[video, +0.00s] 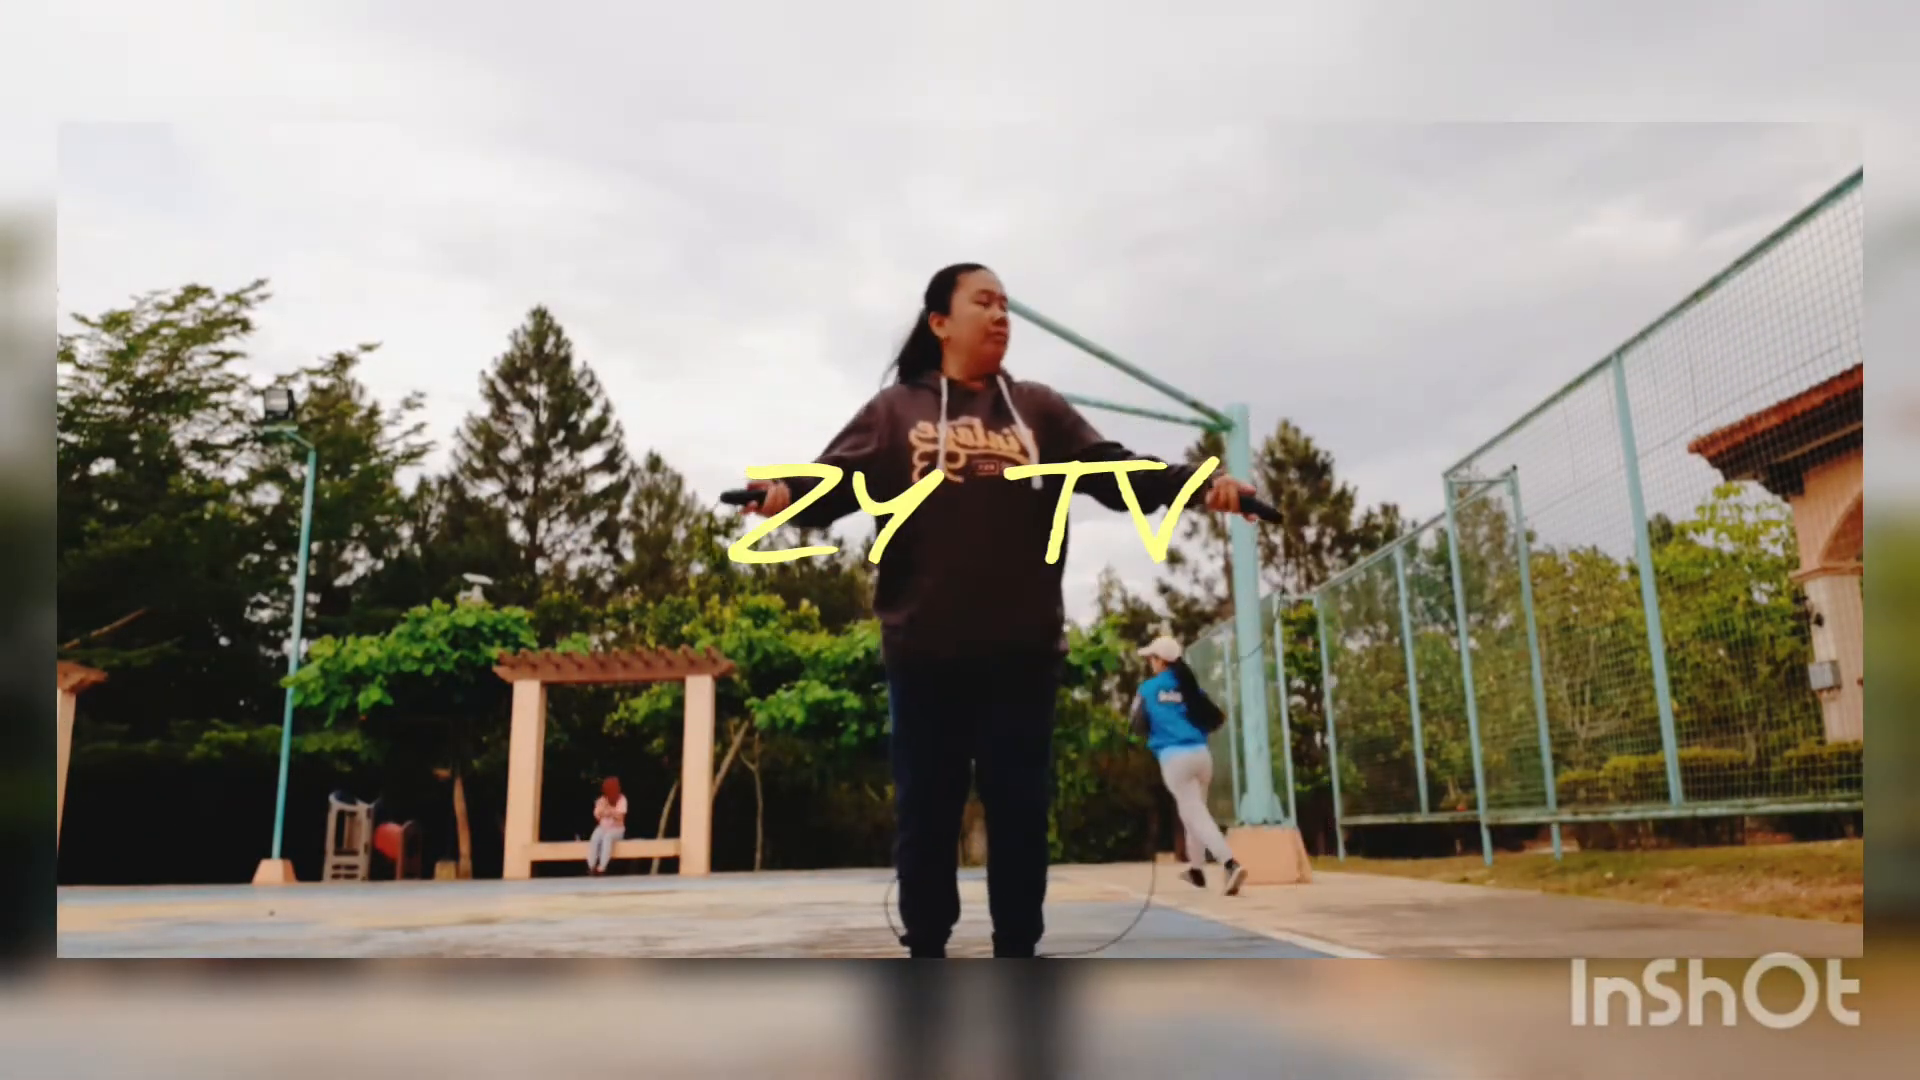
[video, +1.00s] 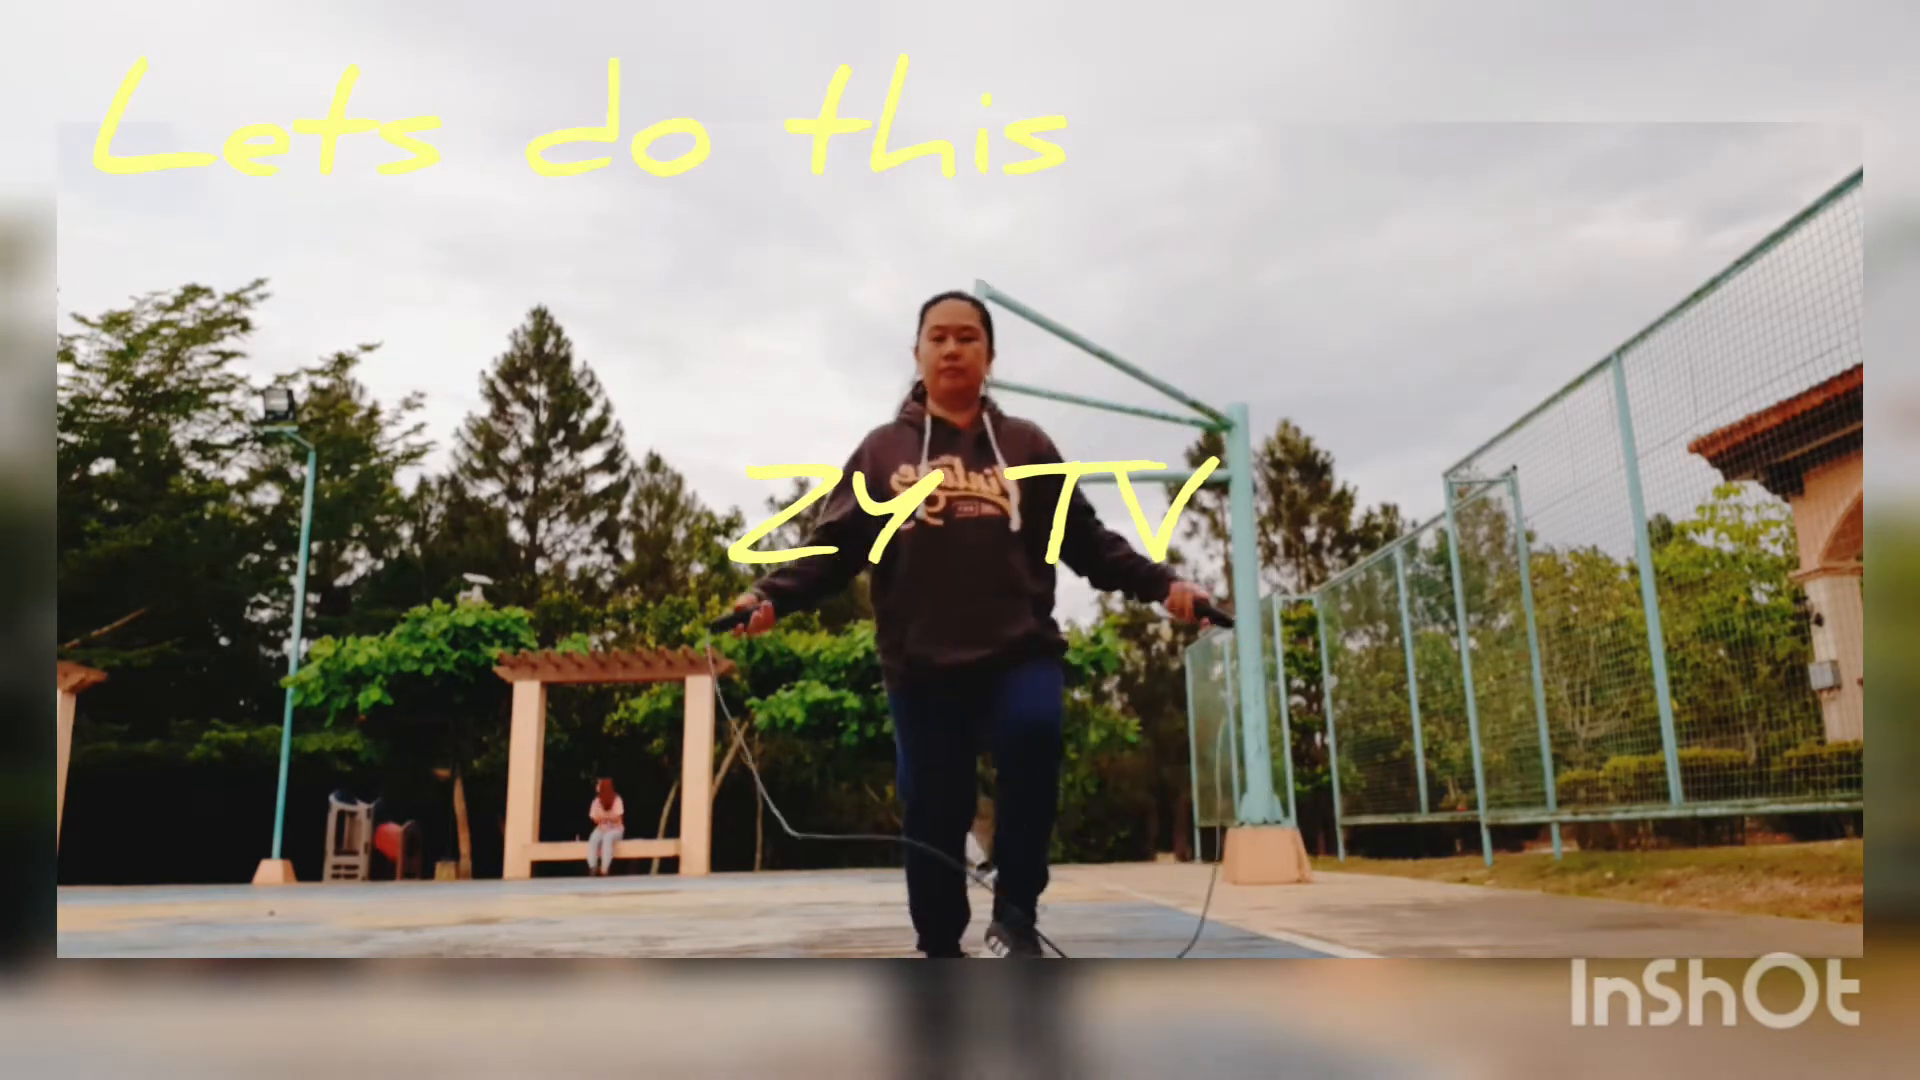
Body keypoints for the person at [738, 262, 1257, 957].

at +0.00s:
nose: (1003, 316)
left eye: (1005, 305)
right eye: (985, 303)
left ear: (1006, 324)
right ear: (939, 321)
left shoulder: (1039, 408)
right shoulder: (895, 410)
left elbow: (1112, 470)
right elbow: (834, 480)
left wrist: (1198, 483)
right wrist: (787, 491)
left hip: (1022, 641)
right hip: (926, 644)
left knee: (1021, 806)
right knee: (926, 804)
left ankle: (1018, 952)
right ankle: (925, 950)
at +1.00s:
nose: (953, 350)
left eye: (967, 338)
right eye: (939, 337)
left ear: (990, 355)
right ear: (917, 353)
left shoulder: (1026, 445)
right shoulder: (883, 450)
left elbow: (1084, 539)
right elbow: (831, 545)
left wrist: (1164, 586)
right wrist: (772, 595)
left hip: (1020, 654)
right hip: (925, 662)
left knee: (1035, 739)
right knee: (932, 810)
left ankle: (1017, 921)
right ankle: (939, 952)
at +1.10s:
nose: (948, 348)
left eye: (962, 337)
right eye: (933, 337)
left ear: (984, 357)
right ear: (912, 354)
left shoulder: (1021, 445)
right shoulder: (879, 453)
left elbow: (1073, 548)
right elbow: (828, 560)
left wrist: (1146, 625)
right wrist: (770, 638)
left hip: (1019, 645)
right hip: (925, 658)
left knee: (1025, 722)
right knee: (938, 812)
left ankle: (1010, 904)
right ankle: (942, 956)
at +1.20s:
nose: (949, 304)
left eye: (963, 293)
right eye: (934, 293)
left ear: (985, 315)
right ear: (913, 313)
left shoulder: (1023, 402)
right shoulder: (878, 405)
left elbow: (1068, 505)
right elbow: (833, 514)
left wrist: (1120, 589)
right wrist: (788, 605)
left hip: (1015, 602)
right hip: (922, 614)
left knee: (1017, 689)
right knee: (935, 770)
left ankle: (981, 877)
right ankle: (944, 924)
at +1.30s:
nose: (950, 272)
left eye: (965, 260)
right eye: (936, 261)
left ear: (988, 280)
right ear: (915, 281)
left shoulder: (1026, 369)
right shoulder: (879, 374)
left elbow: (1071, 465)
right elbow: (835, 477)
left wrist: (1125, 538)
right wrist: (779, 553)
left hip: (1011, 589)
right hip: (917, 594)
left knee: (995, 730)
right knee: (929, 750)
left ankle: (980, 911)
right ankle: (952, 903)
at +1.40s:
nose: (955, 288)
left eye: (969, 276)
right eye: (940, 277)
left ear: (993, 296)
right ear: (919, 299)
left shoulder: (1033, 386)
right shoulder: (886, 392)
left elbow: (1093, 477)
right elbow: (826, 484)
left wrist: (1182, 483)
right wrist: (732, 517)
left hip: (1005, 618)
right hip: (904, 619)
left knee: (993, 791)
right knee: (895, 778)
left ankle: (999, 954)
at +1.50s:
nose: (956, 304)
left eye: (972, 293)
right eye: (941, 295)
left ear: (997, 319)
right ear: (922, 320)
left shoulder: (1040, 403)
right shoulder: (892, 408)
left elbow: (1118, 482)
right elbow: (827, 497)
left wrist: (1210, 448)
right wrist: (727, 478)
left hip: (1003, 642)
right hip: (905, 643)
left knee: (996, 809)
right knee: (895, 778)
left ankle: (1001, 956)